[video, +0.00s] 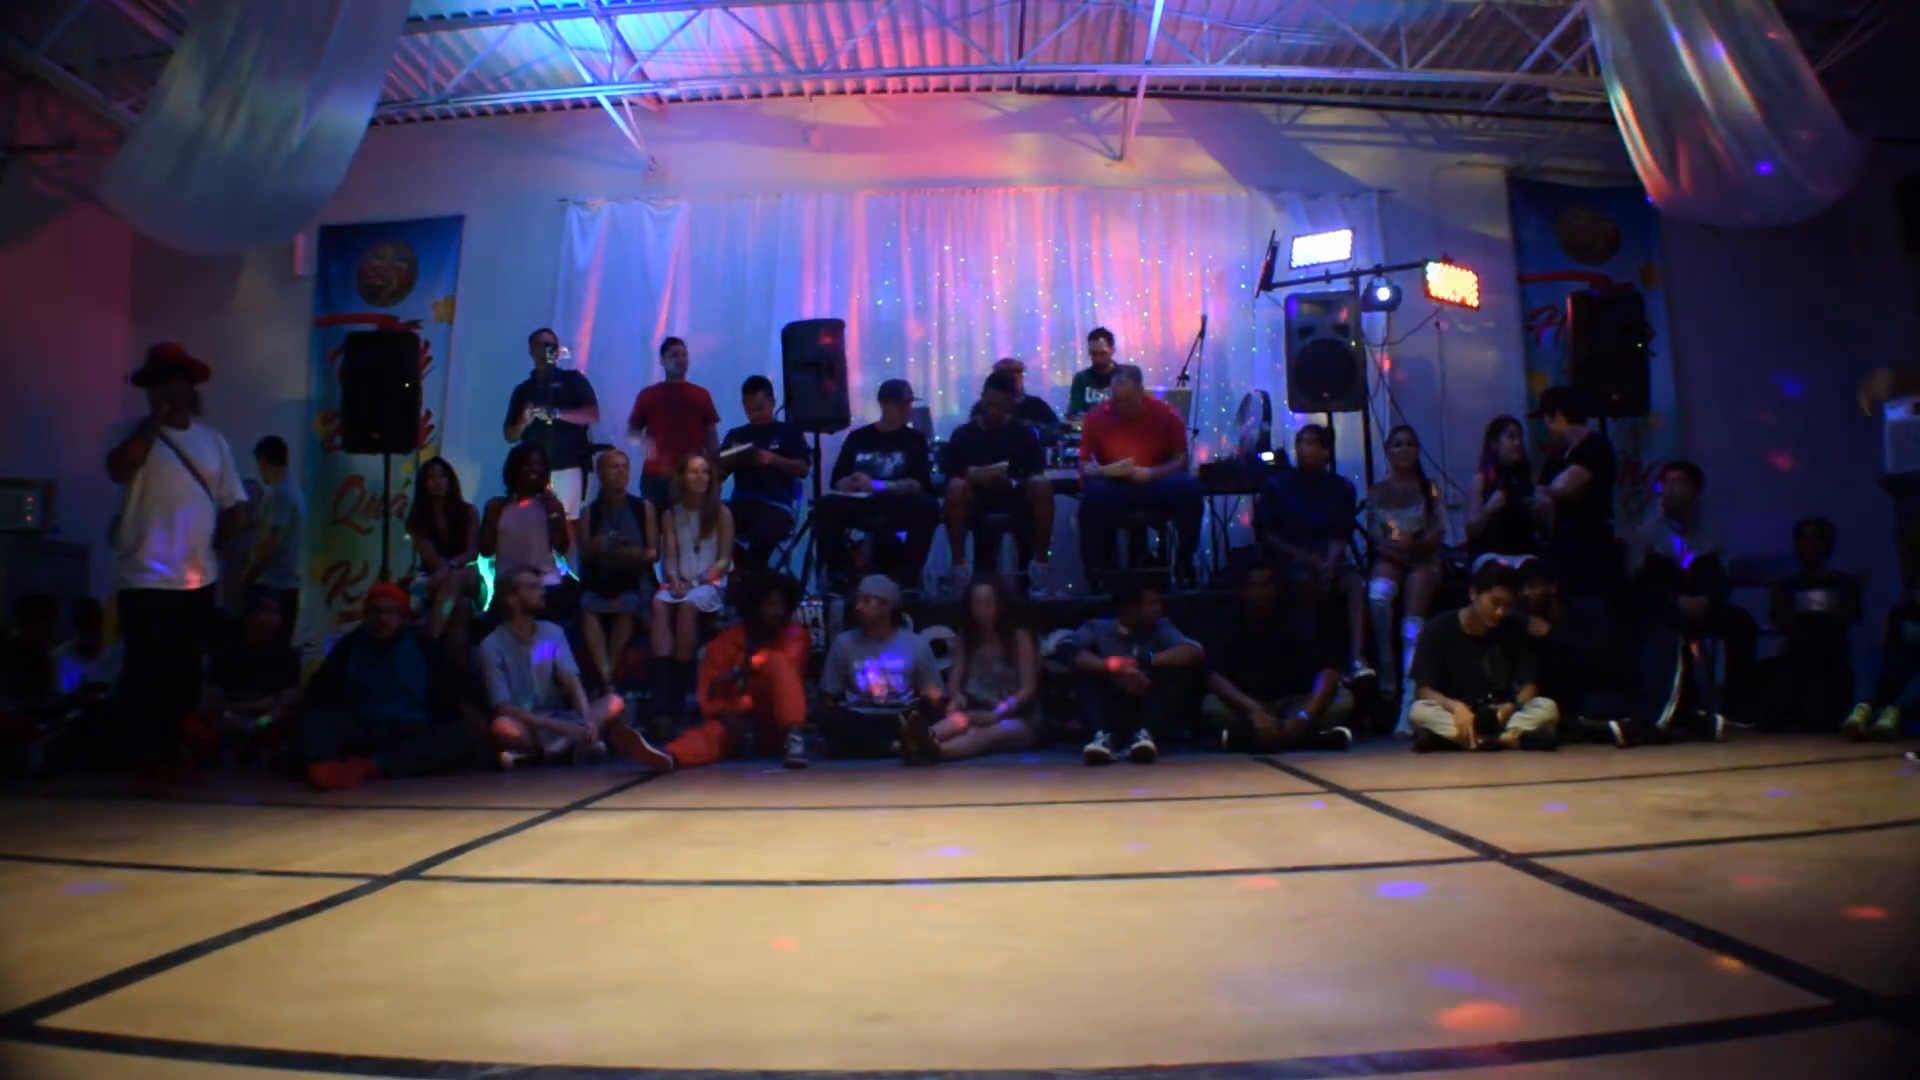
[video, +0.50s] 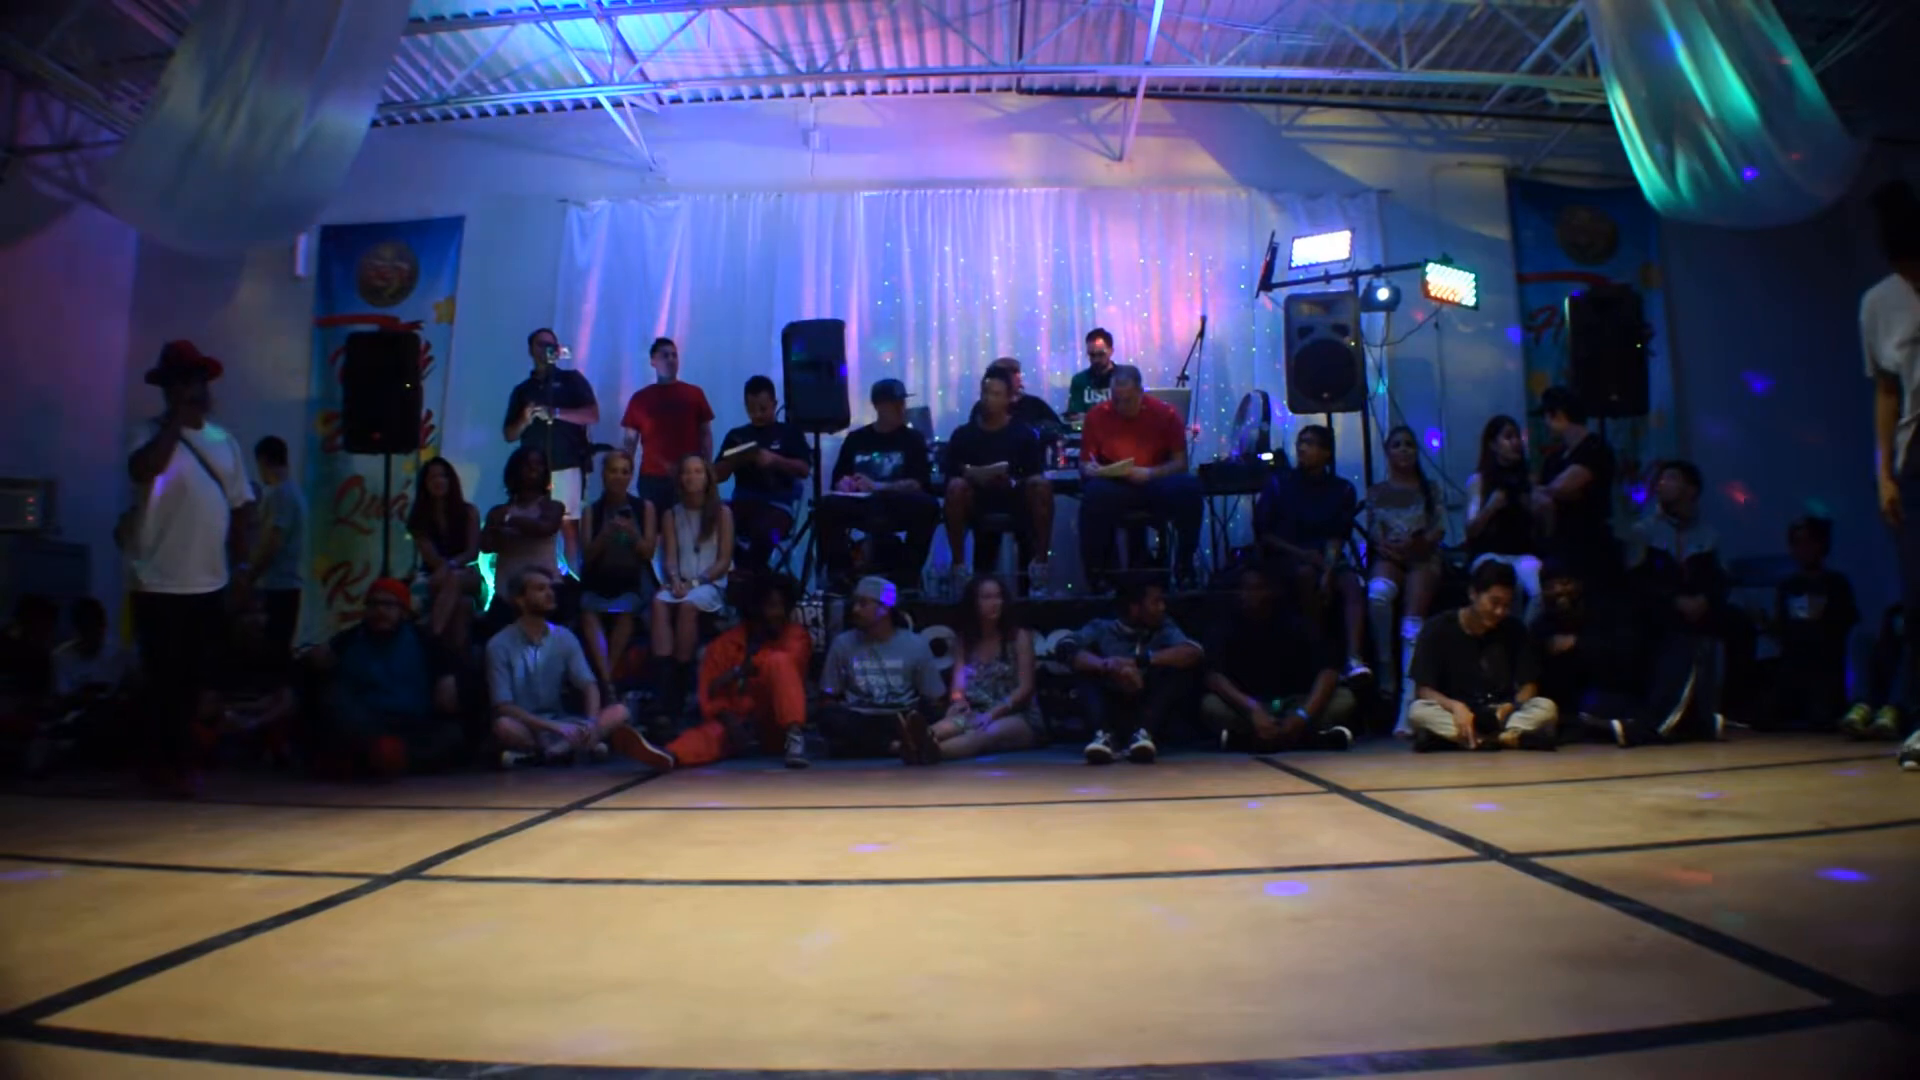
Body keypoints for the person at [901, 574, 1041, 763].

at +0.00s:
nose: (983, 609)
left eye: (989, 603)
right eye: (978, 603)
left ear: (1000, 605)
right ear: (969, 607)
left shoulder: (1018, 638)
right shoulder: (966, 639)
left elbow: (1028, 688)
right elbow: (954, 682)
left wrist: (995, 714)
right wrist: (958, 698)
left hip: (1011, 711)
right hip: (975, 708)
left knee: (979, 736)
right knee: (957, 722)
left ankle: (935, 752)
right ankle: (922, 737)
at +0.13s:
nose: (986, 607)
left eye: (991, 600)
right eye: (979, 601)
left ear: (1000, 602)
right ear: (970, 605)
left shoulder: (1017, 638)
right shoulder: (963, 641)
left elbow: (1026, 689)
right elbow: (954, 691)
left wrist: (991, 715)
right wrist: (968, 713)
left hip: (1011, 712)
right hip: (973, 711)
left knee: (981, 737)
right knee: (957, 724)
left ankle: (933, 751)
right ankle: (920, 737)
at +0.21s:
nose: (987, 606)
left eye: (992, 599)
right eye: (981, 599)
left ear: (1001, 602)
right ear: (970, 604)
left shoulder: (1017, 638)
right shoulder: (962, 641)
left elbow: (1025, 688)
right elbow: (956, 688)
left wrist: (990, 715)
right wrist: (966, 709)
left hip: (1009, 710)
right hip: (974, 711)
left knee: (981, 737)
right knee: (951, 726)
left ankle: (933, 752)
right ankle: (918, 740)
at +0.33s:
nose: (988, 605)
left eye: (993, 598)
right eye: (981, 599)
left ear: (1000, 602)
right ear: (970, 603)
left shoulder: (1017, 637)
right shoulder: (963, 640)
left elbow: (1025, 687)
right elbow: (956, 688)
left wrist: (989, 716)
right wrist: (960, 703)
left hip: (1011, 710)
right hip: (974, 710)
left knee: (985, 736)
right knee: (950, 725)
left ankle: (934, 752)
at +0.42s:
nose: (991, 604)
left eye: (995, 597)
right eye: (984, 598)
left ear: (1002, 601)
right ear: (972, 603)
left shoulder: (1018, 637)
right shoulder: (964, 641)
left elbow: (1026, 687)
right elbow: (956, 690)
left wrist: (989, 715)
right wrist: (960, 703)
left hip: (1012, 709)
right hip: (974, 709)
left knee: (986, 736)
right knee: (951, 725)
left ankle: (935, 752)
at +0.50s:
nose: (993, 603)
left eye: (997, 597)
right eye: (986, 597)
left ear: (1004, 601)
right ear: (974, 602)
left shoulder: (1019, 637)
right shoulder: (966, 640)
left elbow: (1026, 687)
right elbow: (957, 688)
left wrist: (990, 715)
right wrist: (960, 701)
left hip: (1010, 708)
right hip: (974, 708)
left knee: (991, 734)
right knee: (947, 726)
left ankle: (934, 752)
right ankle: (917, 741)